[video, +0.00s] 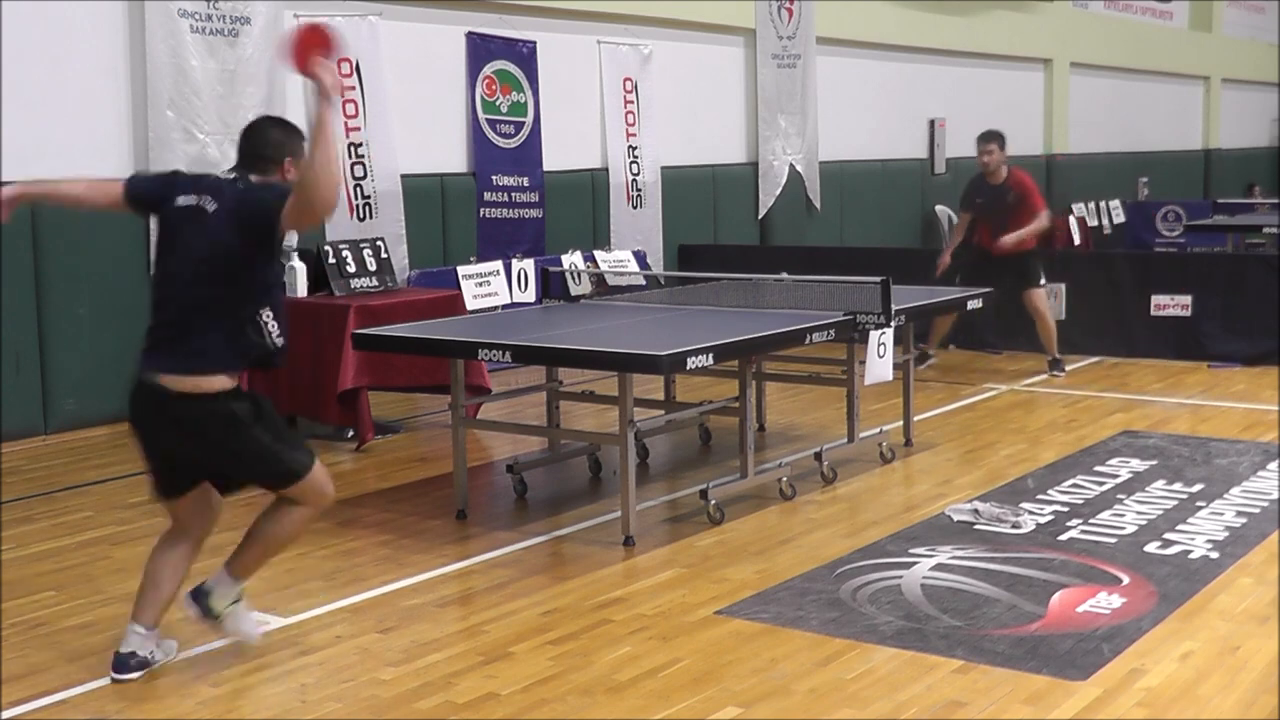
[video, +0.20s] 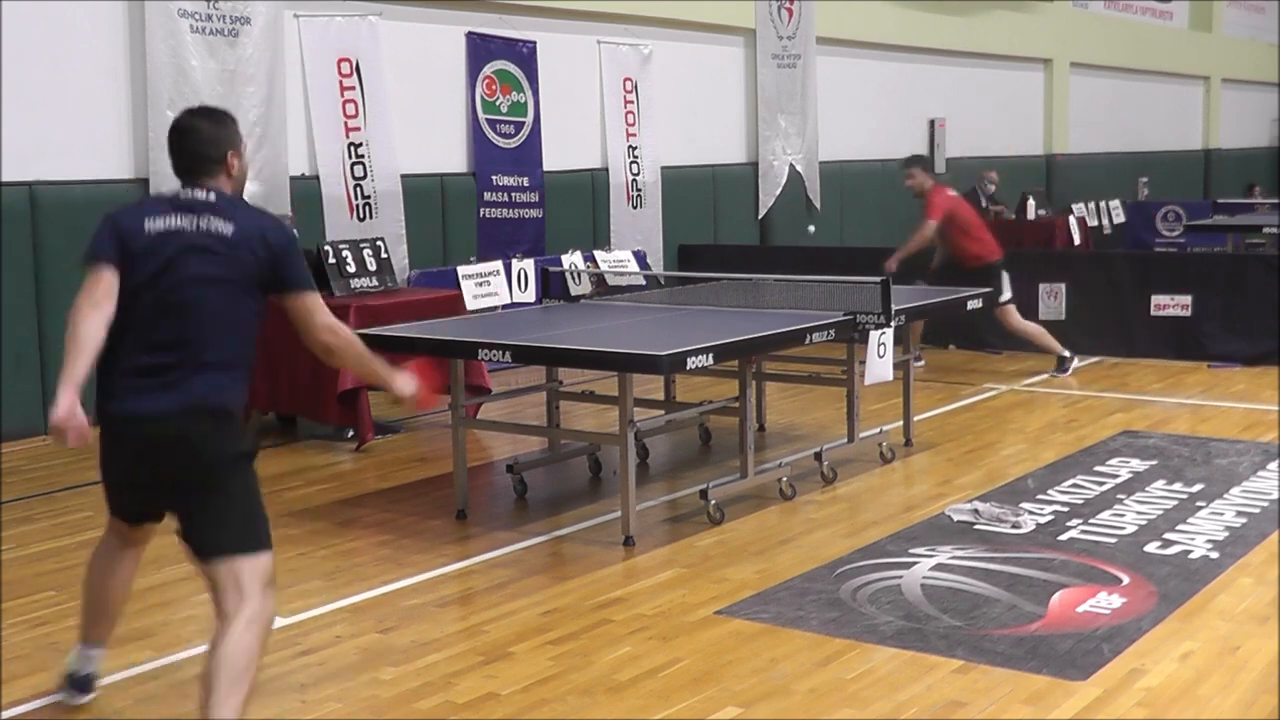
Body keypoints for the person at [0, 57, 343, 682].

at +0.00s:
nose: (301, 174)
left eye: (299, 166)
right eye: (299, 166)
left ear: (243, 159)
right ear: (283, 166)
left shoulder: (180, 189)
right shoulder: (267, 202)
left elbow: (98, 193)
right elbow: (319, 200)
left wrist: (24, 191)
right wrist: (328, 100)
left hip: (154, 401)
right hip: (214, 404)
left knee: (192, 518)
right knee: (314, 490)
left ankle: (136, 644)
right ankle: (220, 593)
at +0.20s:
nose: (246, 161)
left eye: (242, 152)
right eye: (244, 152)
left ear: (174, 165)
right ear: (232, 161)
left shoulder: (127, 222)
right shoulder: (265, 232)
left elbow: (96, 302)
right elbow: (321, 332)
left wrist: (67, 389)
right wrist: (389, 376)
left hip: (127, 427)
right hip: (208, 432)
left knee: (124, 532)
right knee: (245, 600)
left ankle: (83, 666)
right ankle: (221, 711)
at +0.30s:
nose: (250, 173)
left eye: (245, 162)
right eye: (247, 165)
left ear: (176, 179)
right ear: (238, 177)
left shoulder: (117, 242)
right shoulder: (261, 256)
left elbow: (73, 339)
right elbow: (298, 365)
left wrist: (37, 425)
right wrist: (318, 383)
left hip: (90, 460)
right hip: (180, 466)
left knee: (92, 591)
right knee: (249, 620)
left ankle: (22, 709)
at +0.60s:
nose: (237, 161)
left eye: (234, 150)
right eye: (235, 151)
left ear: (160, 151)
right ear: (224, 159)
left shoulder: (85, 205)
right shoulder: (217, 231)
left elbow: (15, 308)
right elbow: (235, 372)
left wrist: (11, 391)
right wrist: (284, 420)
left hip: (19, 432)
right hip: (106, 441)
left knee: (16, 603)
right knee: (198, 615)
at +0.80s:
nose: (197, 195)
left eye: (195, 183)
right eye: (198, 184)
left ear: (121, 178)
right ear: (183, 192)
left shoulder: (55, 226)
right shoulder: (147, 279)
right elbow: (172, 408)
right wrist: (292, 461)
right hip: (33, 471)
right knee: (120, 635)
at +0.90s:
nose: (163, 226)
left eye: (165, 213)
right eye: (164, 214)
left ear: (89, 201)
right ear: (147, 224)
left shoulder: (44, 248)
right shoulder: (72, 305)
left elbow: (91, 324)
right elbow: (63, 433)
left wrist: (184, 361)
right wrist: (152, 511)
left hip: (12, 489)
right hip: (6, 500)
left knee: (98, 612)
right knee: (101, 615)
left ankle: (35, 706)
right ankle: (35, 712)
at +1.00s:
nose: (141, 269)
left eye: (140, 258)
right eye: (141, 260)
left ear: (67, 245)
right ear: (119, 272)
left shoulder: (58, 293)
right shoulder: (25, 354)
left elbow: (115, 338)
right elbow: (2, 468)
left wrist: (187, 386)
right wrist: (8, 554)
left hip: (7, 518)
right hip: (1, 530)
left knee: (71, 635)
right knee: (72, 636)